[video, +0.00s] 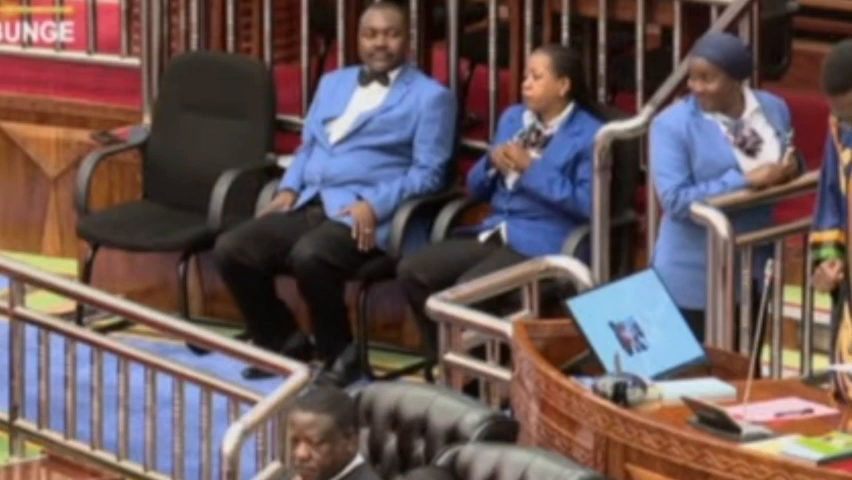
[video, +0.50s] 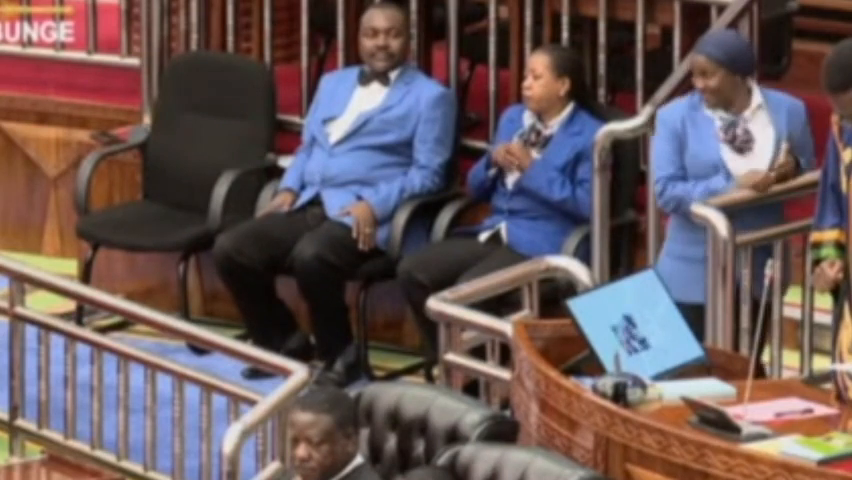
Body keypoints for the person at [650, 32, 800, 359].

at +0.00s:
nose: (695, 87)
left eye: (706, 78)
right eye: (691, 77)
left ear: (736, 79)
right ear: (685, 77)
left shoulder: (773, 109)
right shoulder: (671, 124)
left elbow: (795, 164)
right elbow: (675, 201)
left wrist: (790, 169)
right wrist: (746, 180)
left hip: (751, 272)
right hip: (689, 277)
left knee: (743, 371)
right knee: (690, 372)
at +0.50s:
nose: (698, 84)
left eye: (707, 75)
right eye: (694, 75)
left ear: (739, 73)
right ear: (689, 75)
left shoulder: (789, 111)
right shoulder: (673, 118)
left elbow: (809, 178)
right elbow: (666, 193)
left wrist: (792, 173)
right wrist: (734, 186)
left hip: (757, 276)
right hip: (690, 277)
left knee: (745, 378)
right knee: (688, 376)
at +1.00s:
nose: (673, 72)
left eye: (680, 63)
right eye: (672, 63)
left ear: (711, 68)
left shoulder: (767, 119)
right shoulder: (670, 101)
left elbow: (786, 191)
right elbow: (651, 180)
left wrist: (722, 195)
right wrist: (637, 251)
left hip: (734, 273)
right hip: (669, 266)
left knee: (728, 370)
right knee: (661, 359)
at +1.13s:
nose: (673, 72)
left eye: (680, 63)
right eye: (672, 63)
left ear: (711, 68)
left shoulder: (767, 119)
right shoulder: (670, 101)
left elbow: (786, 191)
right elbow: (651, 181)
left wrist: (722, 195)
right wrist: (637, 252)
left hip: (734, 273)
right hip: (670, 265)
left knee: (728, 370)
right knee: (662, 359)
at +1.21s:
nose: (634, 67)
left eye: (641, 58)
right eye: (635, 58)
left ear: (671, 64)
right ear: (663, 63)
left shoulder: (719, 117)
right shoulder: (644, 105)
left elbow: (732, 198)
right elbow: (631, 188)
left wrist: (670, 236)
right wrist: (622, 250)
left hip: (689, 278)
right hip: (640, 269)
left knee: (682, 372)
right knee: (636, 364)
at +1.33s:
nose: (620, 65)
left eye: (626, 56)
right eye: (620, 56)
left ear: (654, 61)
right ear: (647, 61)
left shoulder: (698, 116)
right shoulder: (635, 105)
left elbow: (705, 200)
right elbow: (624, 196)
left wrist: (646, 247)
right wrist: (612, 251)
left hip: (677, 278)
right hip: (628, 271)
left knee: (675, 377)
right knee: (628, 368)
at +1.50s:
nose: (594, 64)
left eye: (600, 55)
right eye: (595, 55)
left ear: (625, 58)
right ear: (622, 58)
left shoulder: (656, 112)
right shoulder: (620, 102)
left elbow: (659, 198)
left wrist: (617, 259)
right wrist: (594, 251)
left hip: (650, 271)